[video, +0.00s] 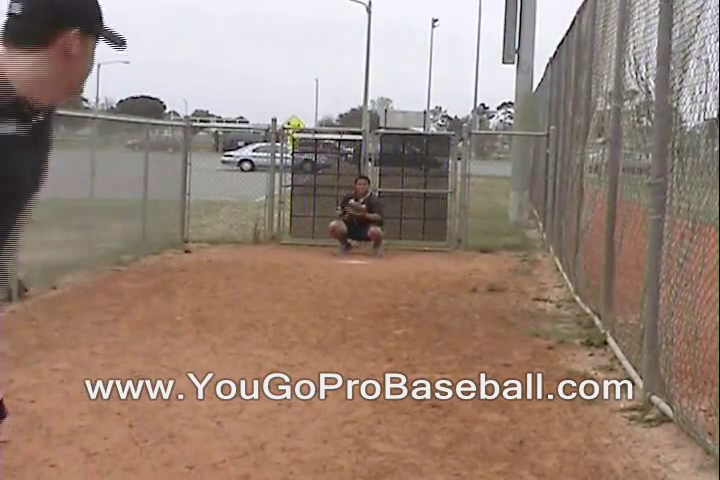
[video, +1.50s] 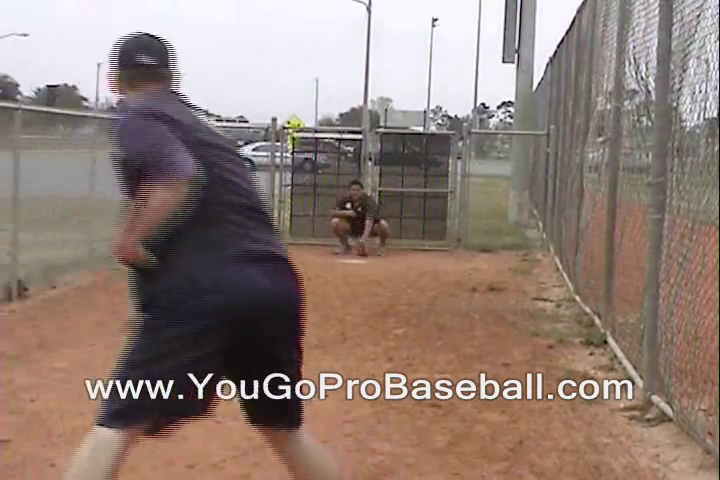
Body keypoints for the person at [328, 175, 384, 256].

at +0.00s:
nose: (361, 187)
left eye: (364, 184)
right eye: (359, 184)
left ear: (368, 187)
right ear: (355, 186)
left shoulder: (373, 200)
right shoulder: (348, 198)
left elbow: (379, 217)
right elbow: (339, 213)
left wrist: (363, 215)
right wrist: (346, 215)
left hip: (366, 227)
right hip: (351, 226)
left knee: (376, 231)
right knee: (334, 226)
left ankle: (377, 245)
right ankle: (346, 245)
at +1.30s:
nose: (356, 193)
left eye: (358, 190)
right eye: (354, 190)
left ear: (363, 191)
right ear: (351, 191)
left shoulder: (368, 200)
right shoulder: (346, 201)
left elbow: (371, 210)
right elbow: (333, 212)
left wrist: (367, 222)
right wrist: (349, 215)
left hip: (366, 228)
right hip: (351, 228)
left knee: (380, 226)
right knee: (335, 224)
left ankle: (379, 246)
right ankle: (346, 245)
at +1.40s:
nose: (356, 193)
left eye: (358, 190)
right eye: (354, 190)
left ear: (362, 192)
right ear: (350, 192)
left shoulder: (369, 201)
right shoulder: (346, 201)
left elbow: (371, 215)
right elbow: (334, 212)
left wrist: (367, 230)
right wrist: (348, 215)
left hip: (366, 228)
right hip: (352, 228)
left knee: (381, 226)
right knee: (335, 224)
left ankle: (380, 246)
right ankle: (346, 245)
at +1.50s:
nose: (355, 192)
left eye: (358, 190)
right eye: (353, 190)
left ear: (362, 191)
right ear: (350, 191)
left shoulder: (369, 202)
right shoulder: (346, 201)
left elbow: (369, 222)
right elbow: (333, 212)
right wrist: (347, 213)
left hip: (366, 227)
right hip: (352, 227)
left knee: (382, 225)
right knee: (336, 223)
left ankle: (382, 246)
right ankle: (346, 246)